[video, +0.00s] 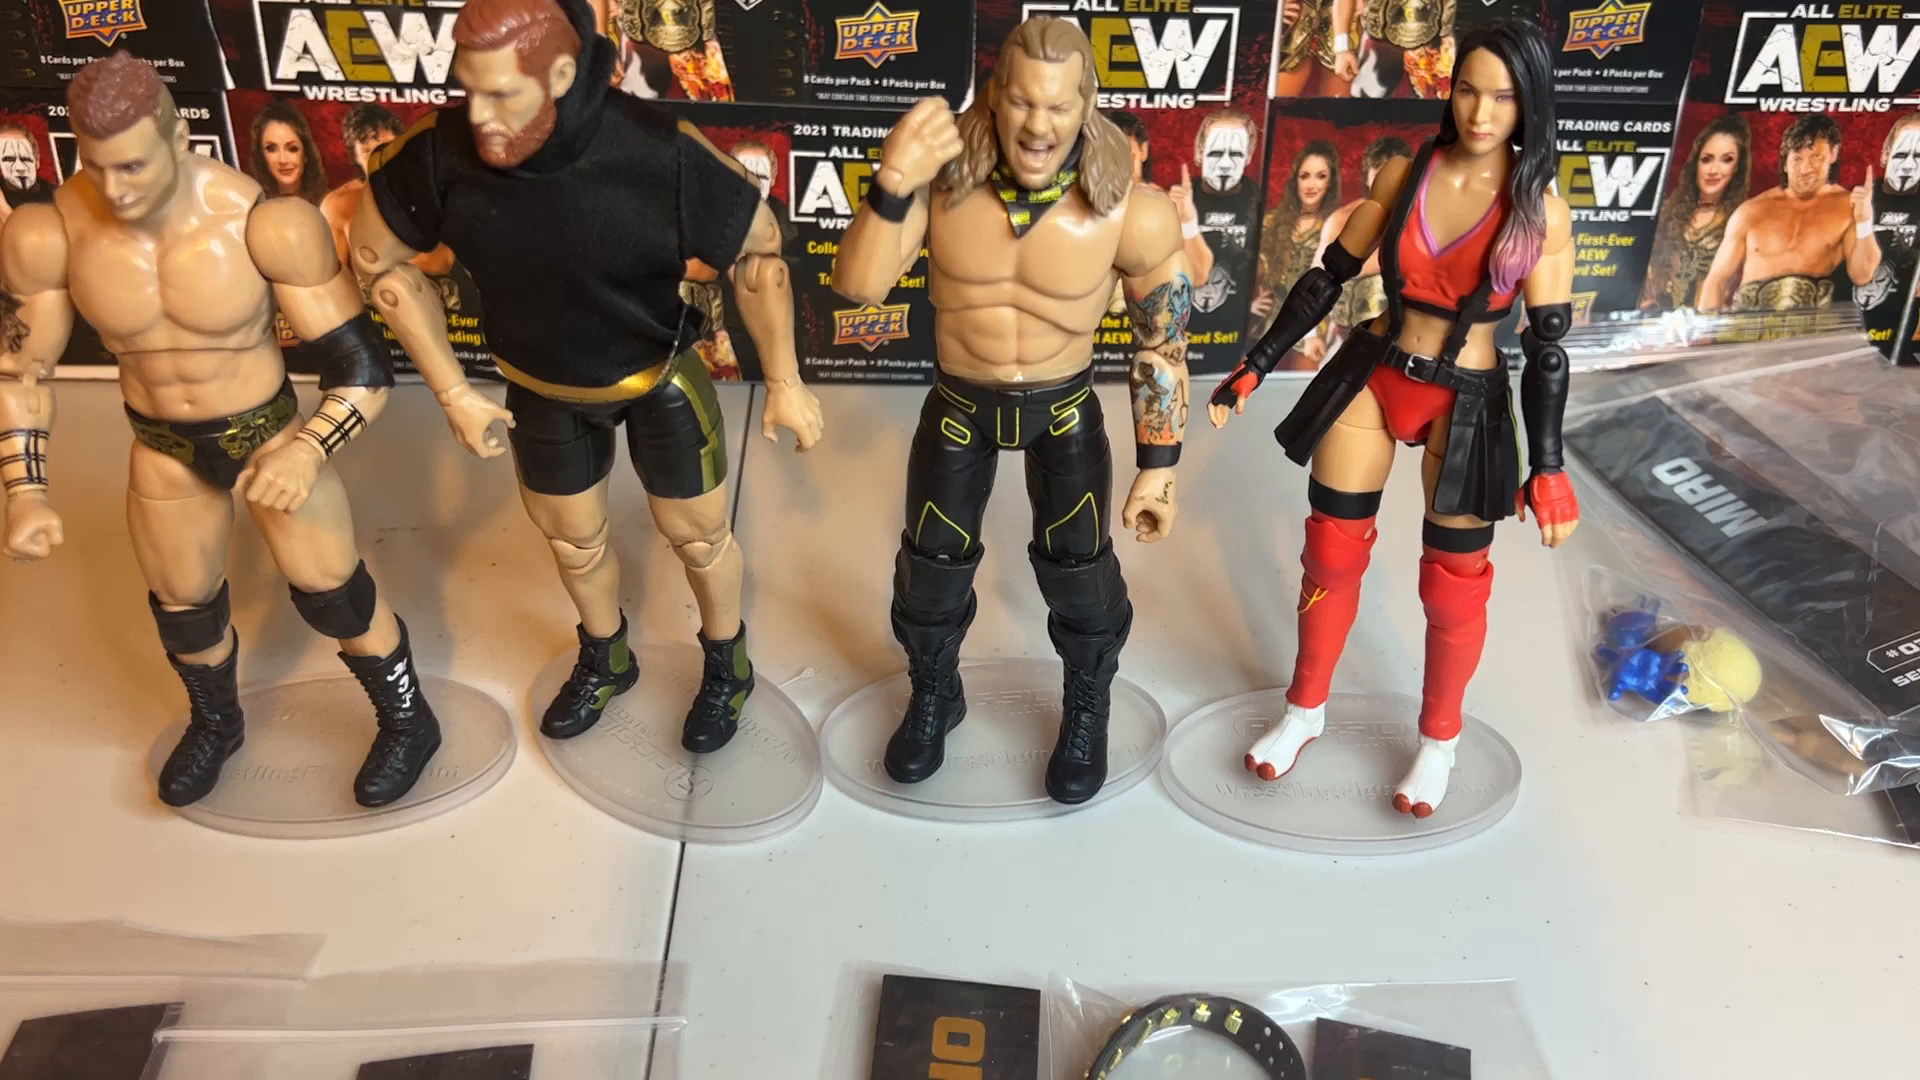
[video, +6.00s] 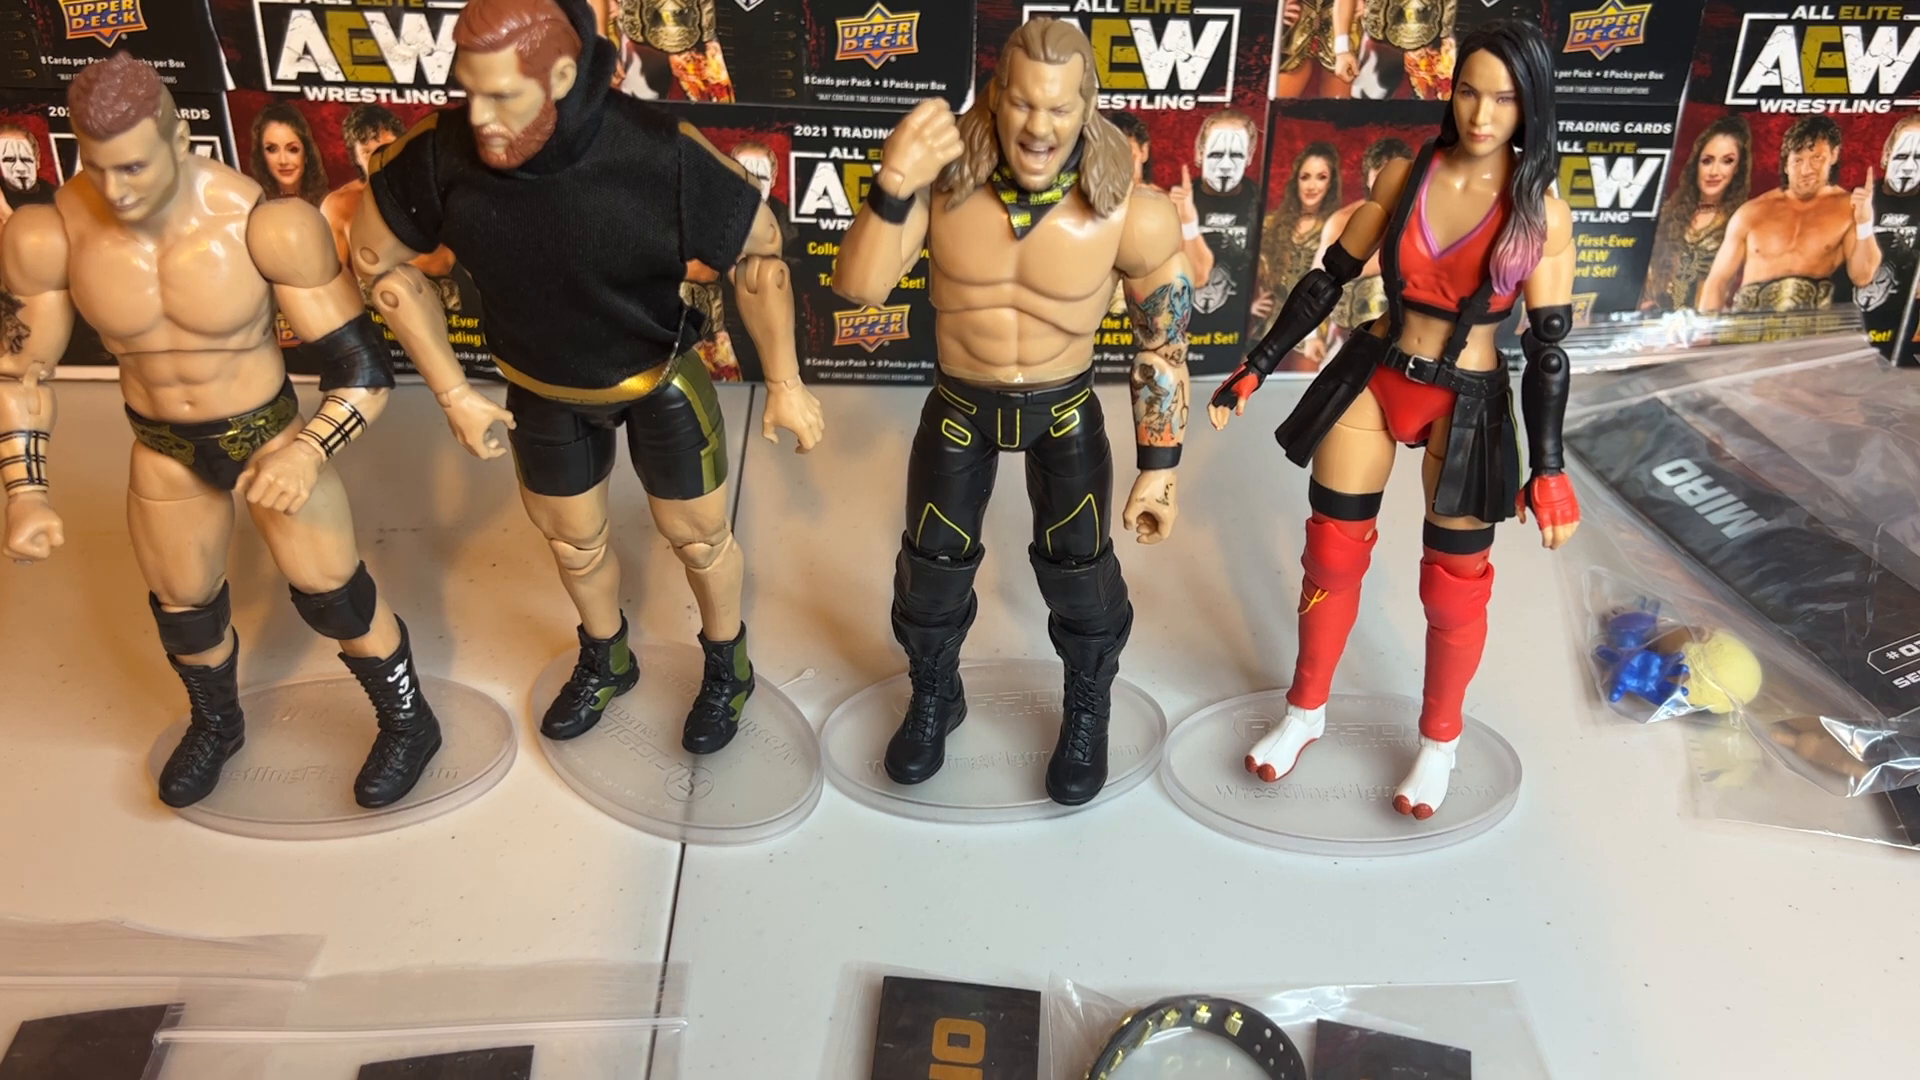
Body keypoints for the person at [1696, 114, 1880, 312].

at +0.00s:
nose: (1806, 168)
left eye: (1816, 157)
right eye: (1797, 159)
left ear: (1833, 155)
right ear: (1785, 160)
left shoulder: (1847, 205)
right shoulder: (1750, 211)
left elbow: (1861, 276)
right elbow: (1717, 280)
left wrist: (1864, 222)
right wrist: (1704, 335)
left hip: (1810, 314)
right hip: (1748, 312)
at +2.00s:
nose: (1806, 169)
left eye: (1816, 158)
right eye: (1797, 160)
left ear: (1833, 156)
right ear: (1785, 162)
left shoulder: (1848, 206)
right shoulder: (1750, 212)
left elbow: (1861, 277)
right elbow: (1717, 281)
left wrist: (1864, 223)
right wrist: (1704, 335)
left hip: (1809, 315)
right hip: (1748, 312)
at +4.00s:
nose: (1806, 169)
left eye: (1817, 158)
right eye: (1797, 160)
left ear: (1834, 156)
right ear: (1785, 163)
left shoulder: (1847, 206)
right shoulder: (1751, 212)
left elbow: (1862, 277)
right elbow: (1718, 281)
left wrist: (1864, 223)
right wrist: (1704, 334)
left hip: (1809, 315)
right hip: (1748, 313)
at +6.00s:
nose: (1806, 169)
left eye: (1816, 158)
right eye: (1797, 160)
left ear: (1834, 156)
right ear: (1785, 163)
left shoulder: (1848, 207)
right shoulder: (1750, 212)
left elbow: (1862, 277)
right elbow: (1718, 281)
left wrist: (1864, 223)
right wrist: (1704, 336)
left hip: (1809, 315)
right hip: (1748, 313)